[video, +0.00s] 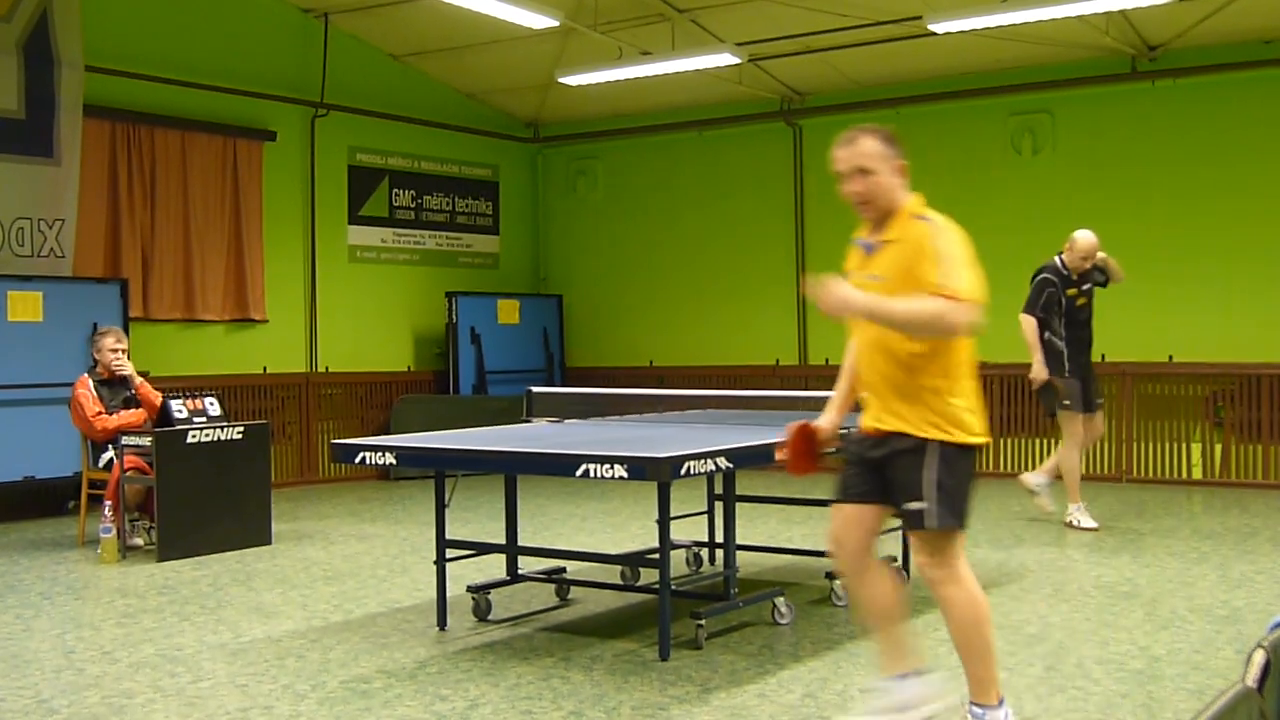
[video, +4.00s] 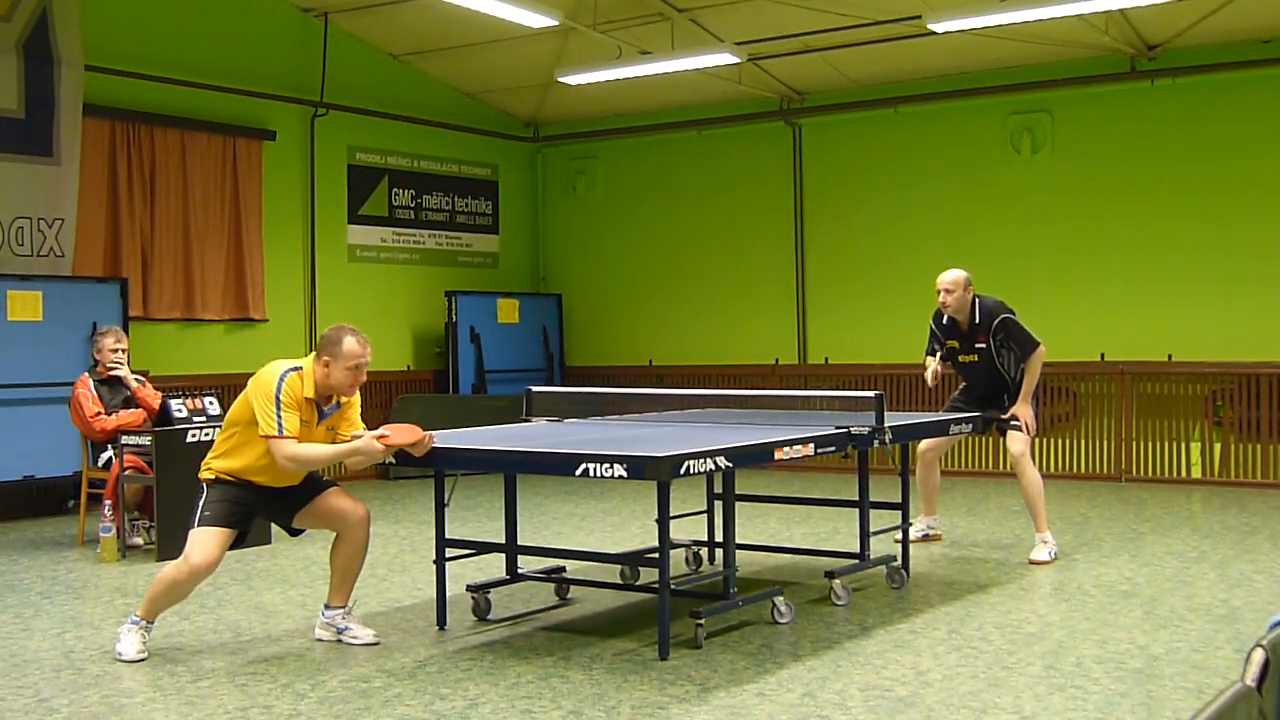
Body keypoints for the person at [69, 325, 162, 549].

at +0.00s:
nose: (120, 357)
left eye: (123, 352)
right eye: (113, 351)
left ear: (128, 355)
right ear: (96, 355)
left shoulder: (133, 381)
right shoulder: (84, 385)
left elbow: (162, 413)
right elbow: (98, 427)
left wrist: (136, 379)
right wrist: (142, 415)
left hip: (147, 446)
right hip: (112, 449)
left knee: (172, 469)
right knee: (135, 475)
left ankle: (152, 521)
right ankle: (129, 521)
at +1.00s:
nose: (121, 356)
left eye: (124, 350)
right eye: (114, 350)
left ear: (129, 352)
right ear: (97, 356)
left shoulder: (137, 381)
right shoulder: (86, 385)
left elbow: (162, 412)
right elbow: (98, 427)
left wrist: (134, 381)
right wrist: (142, 416)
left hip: (146, 444)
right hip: (112, 447)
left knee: (169, 469)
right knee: (134, 474)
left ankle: (147, 520)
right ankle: (129, 519)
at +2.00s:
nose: (121, 356)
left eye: (124, 351)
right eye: (114, 351)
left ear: (128, 354)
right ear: (97, 355)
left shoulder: (137, 381)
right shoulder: (84, 385)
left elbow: (162, 412)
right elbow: (97, 428)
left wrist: (132, 383)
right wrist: (141, 416)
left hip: (146, 445)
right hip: (112, 449)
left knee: (172, 469)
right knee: (135, 475)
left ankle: (153, 519)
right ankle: (131, 518)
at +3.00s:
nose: (120, 357)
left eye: (123, 352)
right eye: (113, 352)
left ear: (128, 354)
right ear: (97, 355)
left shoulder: (137, 382)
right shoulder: (84, 386)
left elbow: (163, 413)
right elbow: (96, 429)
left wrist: (133, 385)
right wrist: (141, 416)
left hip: (146, 446)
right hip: (111, 449)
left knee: (170, 468)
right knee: (132, 474)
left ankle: (151, 521)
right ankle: (131, 519)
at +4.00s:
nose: (120, 356)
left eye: (123, 351)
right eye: (113, 351)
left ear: (128, 354)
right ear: (97, 355)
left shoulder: (138, 381)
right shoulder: (85, 385)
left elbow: (162, 412)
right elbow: (97, 428)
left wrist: (132, 384)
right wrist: (142, 415)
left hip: (147, 446)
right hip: (112, 449)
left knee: (170, 469)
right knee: (133, 474)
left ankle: (152, 521)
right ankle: (131, 520)